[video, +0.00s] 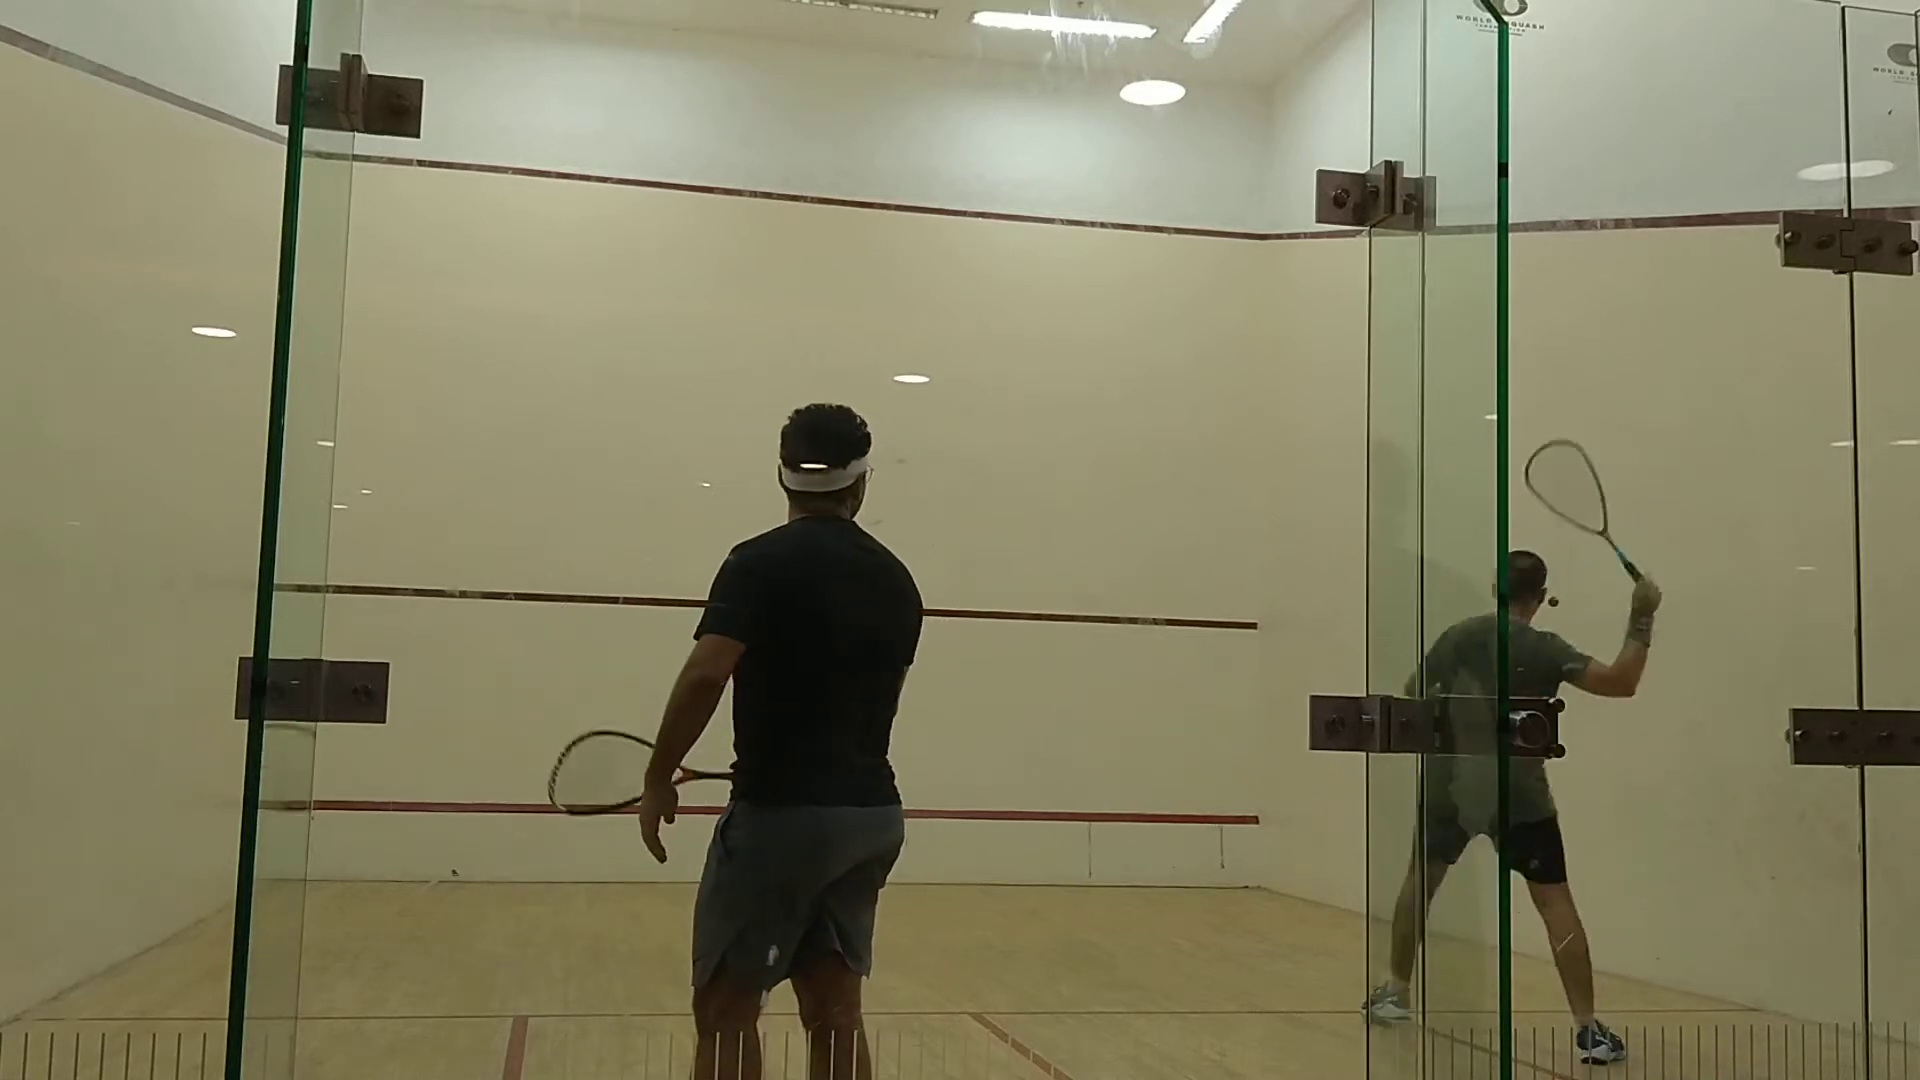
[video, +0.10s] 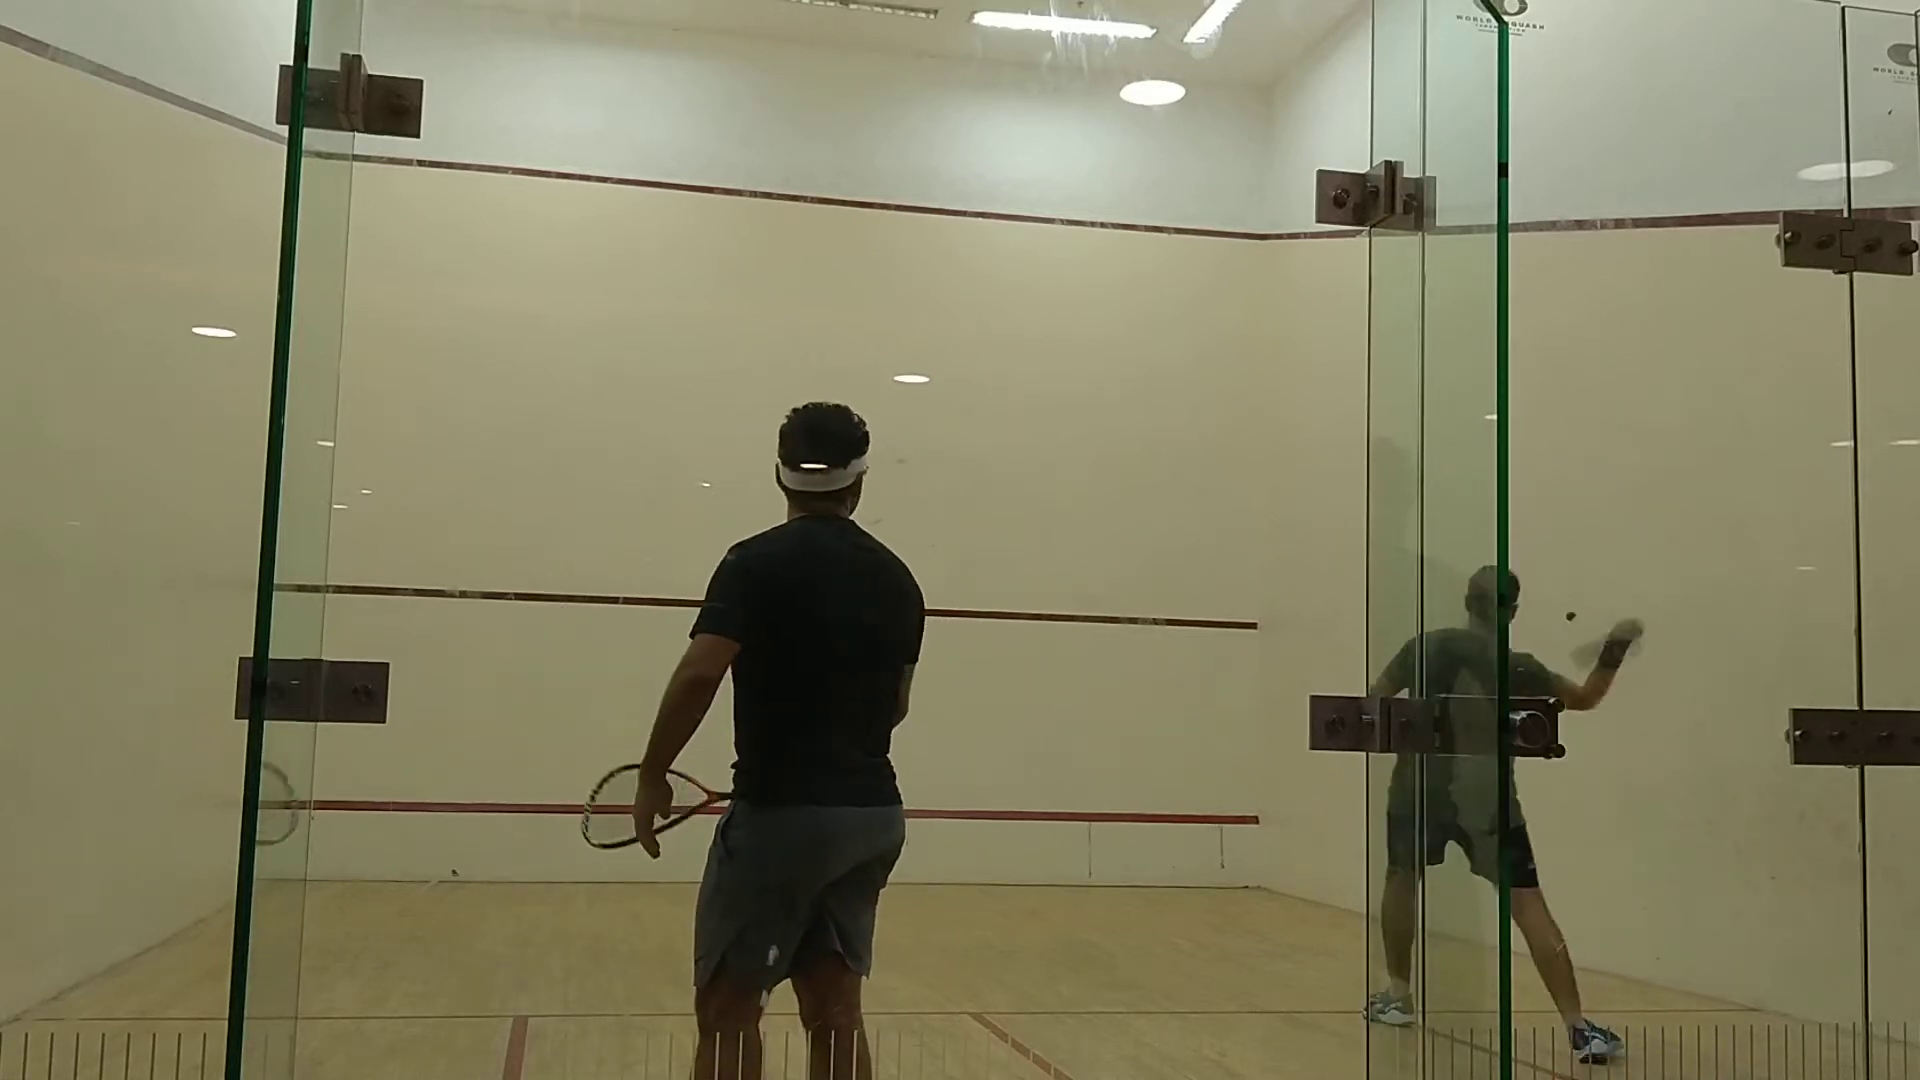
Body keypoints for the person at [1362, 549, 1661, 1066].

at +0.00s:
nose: (1545, 599)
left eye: (1540, 591)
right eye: (1544, 593)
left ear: (1495, 591)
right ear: (1540, 597)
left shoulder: (1454, 638)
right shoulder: (1541, 647)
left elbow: (1410, 701)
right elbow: (1621, 682)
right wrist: (1641, 617)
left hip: (1448, 791)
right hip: (1518, 795)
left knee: (1419, 884)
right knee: (1556, 905)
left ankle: (1395, 992)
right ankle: (1588, 1030)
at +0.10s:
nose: (1504, 611)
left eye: (1489, 599)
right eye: (1510, 603)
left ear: (1469, 600)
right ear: (1513, 608)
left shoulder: (1424, 647)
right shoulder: (1516, 667)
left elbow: (1376, 700)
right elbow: (1585, 697)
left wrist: (1412, 727)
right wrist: (1613, 654)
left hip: (1418, 793)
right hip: (1487, 799)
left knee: (1401, 880)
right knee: (1530, 908)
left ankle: (1398, 997)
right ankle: (1579, 1029)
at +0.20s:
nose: (1462, 611)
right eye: (1472, 604)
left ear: (1432, 602)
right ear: (1476, 609)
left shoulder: (1396, 653)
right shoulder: (1486, 665)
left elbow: (1367, 716)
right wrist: (1528, 703)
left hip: (1401, 796)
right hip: (1472, 802)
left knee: (1381, 891)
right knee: (1508, 907)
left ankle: (1396, 999)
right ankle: (1546, 1021)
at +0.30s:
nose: (1399, 595)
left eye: (1402, 588)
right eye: (1404, 587)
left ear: (1407, 594)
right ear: (1445, 597)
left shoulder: (1394, 647)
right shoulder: (1463, 650)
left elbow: (1375, 721)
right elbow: (1466, 720)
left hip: (1400, 799)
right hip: (1461, 798)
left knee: (1386, 892)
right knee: (1465, 901)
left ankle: (1397, 996)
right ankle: (1486, 1004)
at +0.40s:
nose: (1378, 593)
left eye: (1381, 586)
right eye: (1382, 586)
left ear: (1392, 589)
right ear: (1422, 591)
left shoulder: (1400, 638)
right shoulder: (1438, 640)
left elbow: (1387, 704)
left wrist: (1347, 745)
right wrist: (1329, 742)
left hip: (1408, 792)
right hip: (1448, 792)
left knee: (1393, 889)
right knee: (1434, 894)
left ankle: (1396, 995)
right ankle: (1461, 1006)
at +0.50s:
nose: (1367, 590)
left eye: (1371, 582)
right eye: (1370, 582)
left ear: (1383, 589)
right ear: (1409, 590)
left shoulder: (1409, 641)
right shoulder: (1415, 641)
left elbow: (1420, 709)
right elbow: (1385, 711)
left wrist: (1378, 757)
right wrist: (1344, 746)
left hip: (1418, 786)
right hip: (1443, 785)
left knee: (1369, 873)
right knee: (1427, 886)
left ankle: (1385, 981)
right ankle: (1475, 999)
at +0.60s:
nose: (1362, 595)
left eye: (1366, 587)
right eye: (1364, 587)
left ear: (1381, 592)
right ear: (1398, 591)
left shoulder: (1420, 643)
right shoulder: (1386, 651)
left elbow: (1447, 704)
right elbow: (1374, 717)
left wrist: (1416, 758)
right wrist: (1336, 758)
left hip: (1418, 788)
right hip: (1414, 788)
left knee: (1346, 871)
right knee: (1422, 892)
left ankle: (1375, 976)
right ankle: (1475, 1002)